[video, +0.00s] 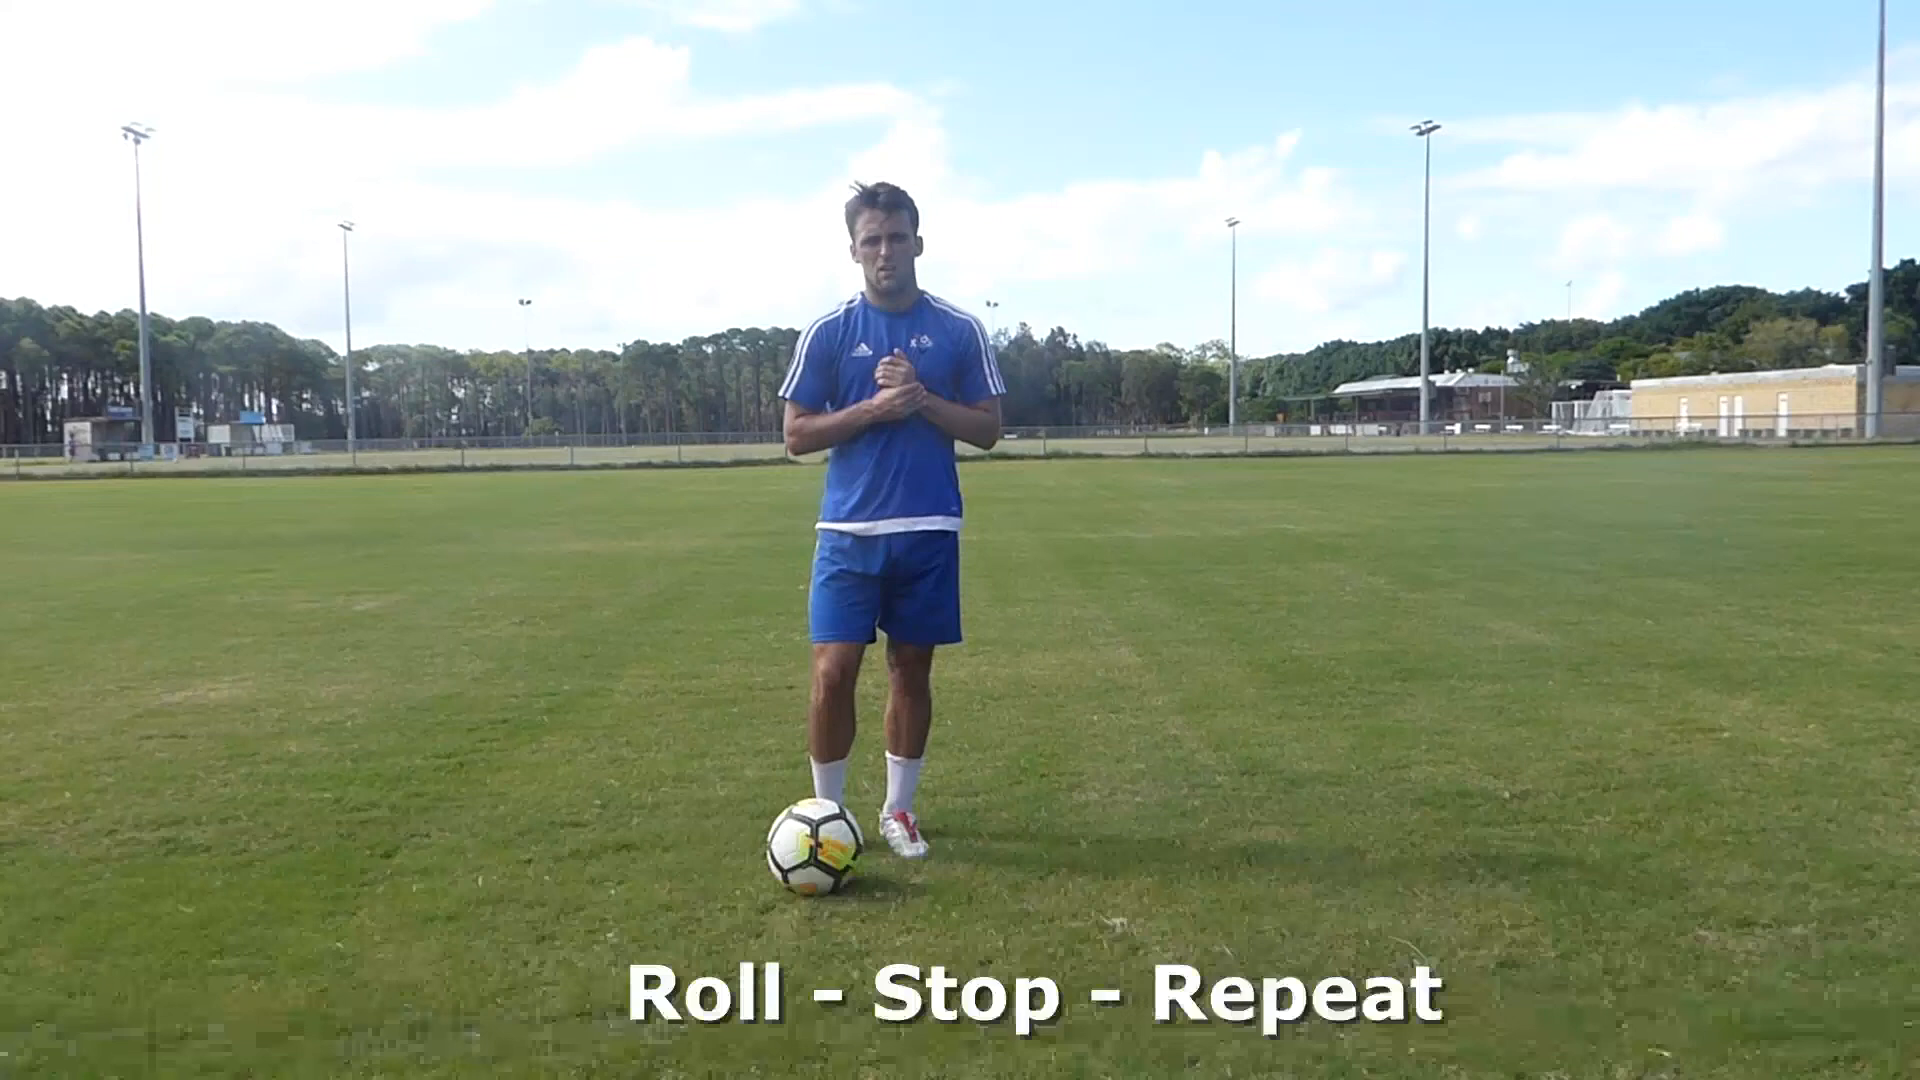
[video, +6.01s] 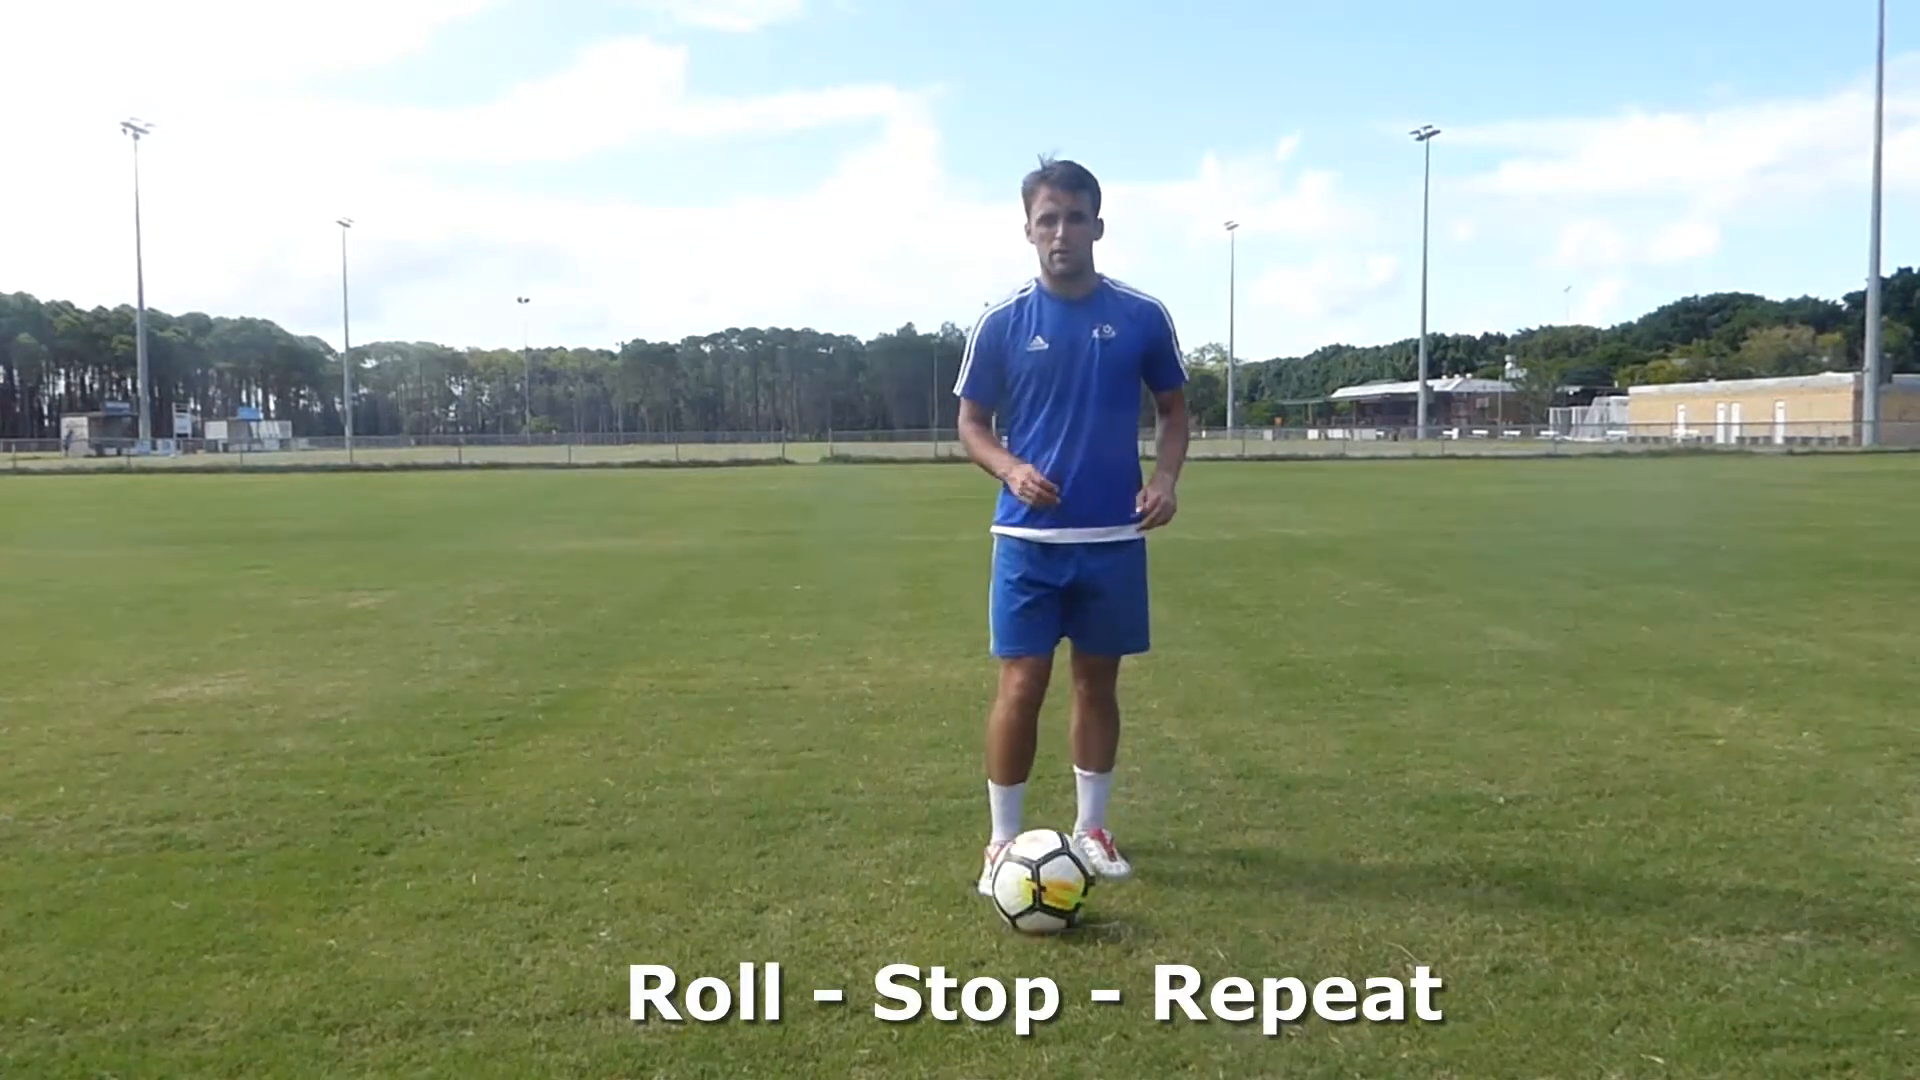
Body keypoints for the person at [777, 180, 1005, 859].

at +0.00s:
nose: (885, 252)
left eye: (897, 240)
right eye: (872, 242)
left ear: (917, 243)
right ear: (854, 251)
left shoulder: (960, 330)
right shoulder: (829, 333)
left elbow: (987, 428)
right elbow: (797, 434)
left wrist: (922, 398)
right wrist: (873, 408)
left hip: (927, 529)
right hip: (847, 530)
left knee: (911, 670)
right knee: (833, 673)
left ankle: (898, 812)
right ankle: (827, 818)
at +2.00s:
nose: (816, 272)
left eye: (829, 257)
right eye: (804, 256)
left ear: (859, 247)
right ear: (790, 248)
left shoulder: (899, 326)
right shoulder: (768, 323)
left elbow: (939, 422)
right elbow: (744, 405)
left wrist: (889, 457)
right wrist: (749, 447)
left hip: (857, 534)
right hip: (776, 524)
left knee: (851, 678)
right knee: (729, 637)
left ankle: (849, 825)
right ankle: (770, 783)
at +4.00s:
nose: (886, 282)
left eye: (901, 268)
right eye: (875, 265)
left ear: (931, 257)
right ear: (862, 249)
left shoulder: (958, 335)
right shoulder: (826, 316)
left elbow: (973, 412)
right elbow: (767, 408)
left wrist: (989, 489)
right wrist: (764, 477)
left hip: (891, 539)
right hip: (805, 515)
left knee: (867, 688)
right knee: (730, 620)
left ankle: (841, 830)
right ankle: (677, 792)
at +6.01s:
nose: (1061, 234)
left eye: (1074, 220)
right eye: (1047, 222)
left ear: (1098, 225)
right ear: (1028, 232)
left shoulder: (1143, 319)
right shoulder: (1002, 326)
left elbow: (1174, 410)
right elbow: (971, 426)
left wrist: (1164, 477)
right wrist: (1008, 467)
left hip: (1111, 540)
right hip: (1026, 540)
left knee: (1097, 683)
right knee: (1022, 686)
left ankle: (1091, 831)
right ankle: (1003, 843)